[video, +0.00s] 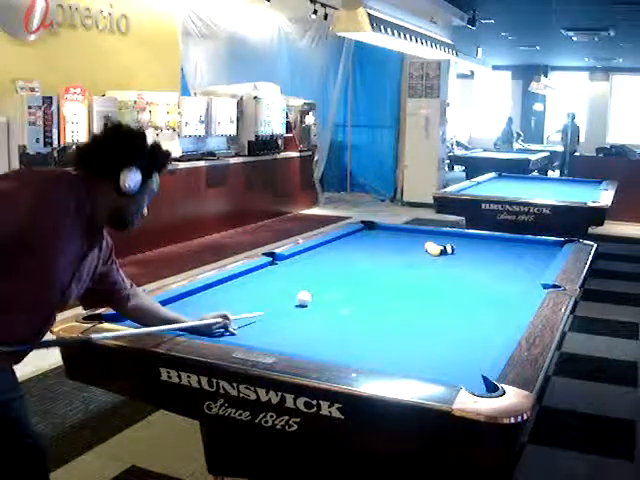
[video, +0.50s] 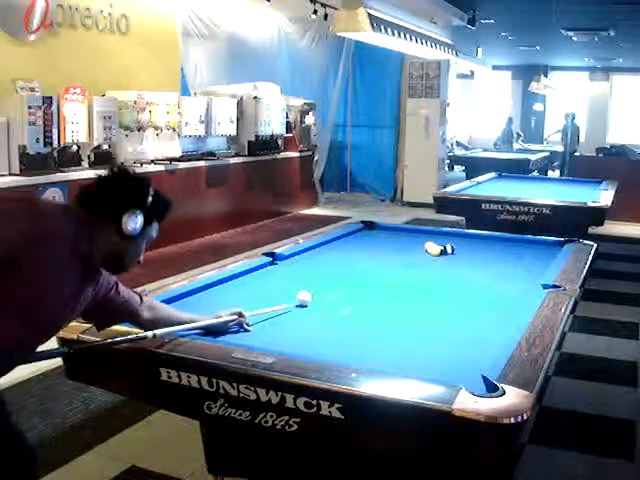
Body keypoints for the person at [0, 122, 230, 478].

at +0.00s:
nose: (146, 211)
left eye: (151, 200)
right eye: (149, 196)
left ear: (126, 182)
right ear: (127, 181)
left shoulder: (95, 243)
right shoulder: (33, 194)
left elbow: (128, 298)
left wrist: (191, 325)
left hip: (3, 365)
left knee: (30, 451)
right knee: (29, 451)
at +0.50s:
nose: (144, 257)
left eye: (150, 246)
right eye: (148, 243)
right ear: (129, 225)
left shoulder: (86, 277)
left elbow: (144, 310)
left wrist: (210, 323)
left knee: (21, 458)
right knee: (19, 458)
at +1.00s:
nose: (146, 265)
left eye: (151, 252)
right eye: (149, 250)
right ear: (128, 236)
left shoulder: (82, 284)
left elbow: (145, 310)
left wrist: (211, 322)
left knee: (19, 457)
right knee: (17, 459)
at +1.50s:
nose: (145, 272)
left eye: (151, 261)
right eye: (149, 259)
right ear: (130, 243)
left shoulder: (84, 287)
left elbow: (146, 311)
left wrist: (212, 324)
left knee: (19, 456)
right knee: (16, 456)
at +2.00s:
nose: (147, 273)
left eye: (153, 264)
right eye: (151, 261)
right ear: (132, 245)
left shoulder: (83, 289)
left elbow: (147, 313)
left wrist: (215, 322)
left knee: (16, 458)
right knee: (14, 458)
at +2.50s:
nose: (148, 274)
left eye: (154, 264)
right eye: (152, 261)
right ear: (132, 246)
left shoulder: (85, 283)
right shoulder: (48, 248)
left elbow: (146, 314)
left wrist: (215, 321)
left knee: (14, 457)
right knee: (12, 459)